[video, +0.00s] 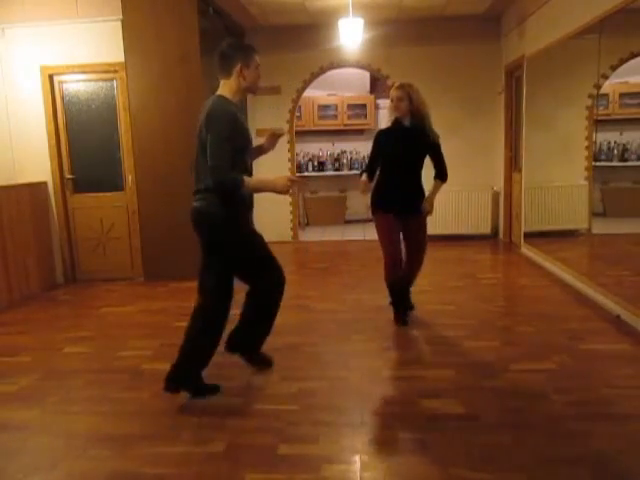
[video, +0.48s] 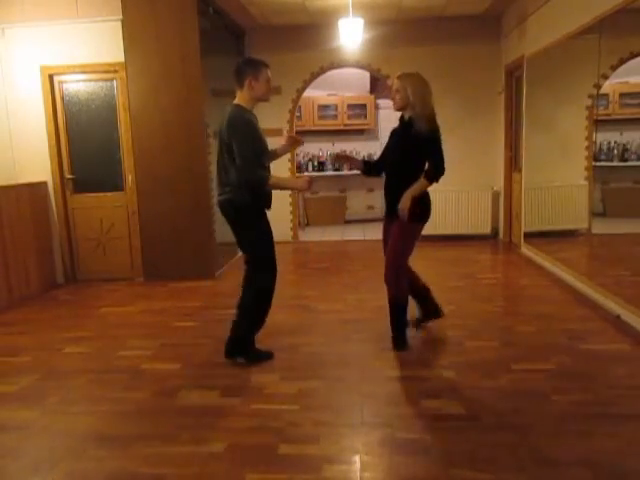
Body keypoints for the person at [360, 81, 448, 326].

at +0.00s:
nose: (394, 104)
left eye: (400, 100)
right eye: (392, 100)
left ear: (411, 102)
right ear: (389, 103)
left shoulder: (424, 134)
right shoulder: (383, 135)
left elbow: (441, 171)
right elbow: (372, 165)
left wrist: (431, 197)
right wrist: (366, 179)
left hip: (412, 200)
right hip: (384, 200)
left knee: (416, 254)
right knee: (392, 255)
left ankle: (403, 289)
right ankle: (399, 308)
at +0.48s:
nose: (393, 97)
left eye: (397, 91)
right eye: (392, 92)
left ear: (412, 94)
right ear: (401, 94)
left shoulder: (424, 125)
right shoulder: (401, 128)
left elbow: (436, 169)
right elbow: (380, 168)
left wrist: (410, 194)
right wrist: (352, 162)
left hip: (413, 206)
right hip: (394, 206)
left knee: (394, 268)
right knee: (395, 265)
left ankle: (399, 334)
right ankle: (429, 306)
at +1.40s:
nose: (394, 91)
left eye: (399, 86)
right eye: (394, 86)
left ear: (414, 90)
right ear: (409, 90)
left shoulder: (423, 126)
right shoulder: (407, 124)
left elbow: (434, 177)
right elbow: (395, 161)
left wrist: (407, 204)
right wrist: (360, 161)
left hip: (418, 208)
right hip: (412, 208)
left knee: (394, 270)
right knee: (410, 266)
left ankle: (434, 325)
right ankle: (427, 320)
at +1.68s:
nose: (394, 94)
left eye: (398, 90)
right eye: (394, 90)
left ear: (413, 92)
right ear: (408, 93)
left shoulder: (423, 126)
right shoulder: (408, 125)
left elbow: (432, 178)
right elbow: (389, 166)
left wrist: (404, 204)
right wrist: (349, 178)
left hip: (417, 207)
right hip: (410, 206)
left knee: (392, 272)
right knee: (410, 266)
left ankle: (443, 316)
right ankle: (428, 322)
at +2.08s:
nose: (391, 91)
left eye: (396, 86)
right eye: (391, 86)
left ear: (412, 89)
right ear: (408, 90)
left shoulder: (423, 124)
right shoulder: (404, 124)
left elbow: (432, 173)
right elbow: (382, 165)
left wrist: (405, 202)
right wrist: (345, 171)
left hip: (414, 210)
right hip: (403, 210)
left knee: (421, 278)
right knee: (417, 275)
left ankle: (430, 352)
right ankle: (427, 326)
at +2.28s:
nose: (392, 91)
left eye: (396, 85)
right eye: (392, 86)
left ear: (412, 88)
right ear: (406, 89)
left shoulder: (423, 124)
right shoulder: (405, 122)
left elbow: (435, 174)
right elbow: (379, 156)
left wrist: (406, 202)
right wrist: (341, 160)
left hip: (414, 211)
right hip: (404, 210)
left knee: (418, 276)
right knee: (417, 273)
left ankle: (429, 349)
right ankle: (426, 326)